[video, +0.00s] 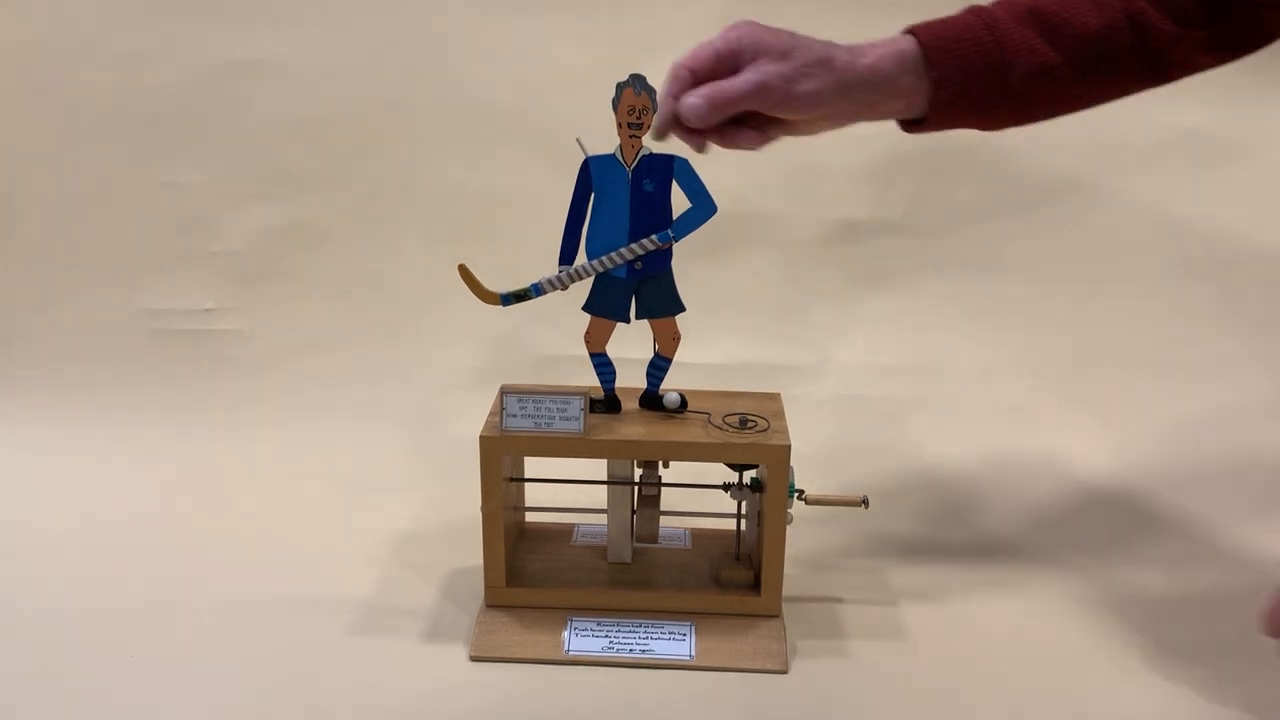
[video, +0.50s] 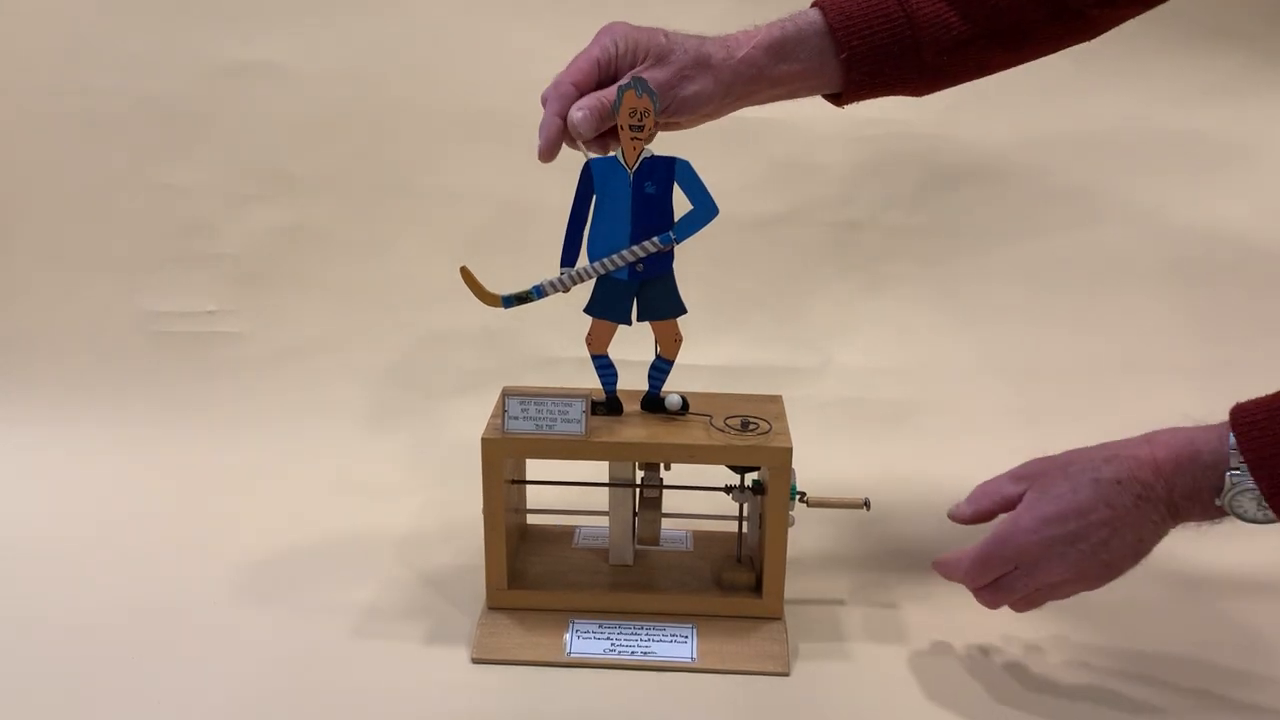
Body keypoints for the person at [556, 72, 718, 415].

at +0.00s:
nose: (636, 116)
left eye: (644, 110)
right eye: (629, 109)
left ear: (653, 117)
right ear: (615, 114)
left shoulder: (670, 165)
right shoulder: (594, 167)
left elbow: (707, 206)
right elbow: (575, 220)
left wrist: (669, 236)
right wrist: (565, 268)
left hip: (654, 271)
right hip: (611, 271)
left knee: (669, 339)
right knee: (594, 339)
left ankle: (651, 395)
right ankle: (609, 396)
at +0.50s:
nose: (636, 121)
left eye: (644, 115)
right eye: (630, 114)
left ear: (655, 124)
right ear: (617, 121)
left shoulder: (671, 167)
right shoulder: (595, 170)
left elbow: (708, 208)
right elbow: (577, 222)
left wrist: (671, 238)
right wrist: (567, 270)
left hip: (656, 274)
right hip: (612, 274)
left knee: (671, 341)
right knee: (596, 341)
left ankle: (652, 397)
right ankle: (611, 398)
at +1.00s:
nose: (643, 124)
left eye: (649, 117)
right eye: (636, 116)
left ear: (658, 125)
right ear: (623, 122)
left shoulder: (676, 168)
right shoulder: (601, 170)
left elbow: (712, 210)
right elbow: (581, 222)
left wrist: (675, 239)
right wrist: (570, 269)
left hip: (660, 274)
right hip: (616, 274)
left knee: (675, 341)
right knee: (598, 342)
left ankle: (656, 398)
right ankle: (612, 400)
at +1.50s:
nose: (646, 132)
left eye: (652, 125)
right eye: (639, 124)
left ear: (662, 127)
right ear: (627, 126)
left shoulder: (681, 169)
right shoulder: (606, 169)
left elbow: (715, 212)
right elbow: (585, 220)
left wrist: (675, 241)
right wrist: (572, 269)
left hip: (666, 270)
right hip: (620, 273)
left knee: (709, 326)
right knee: (600, 342)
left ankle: (715, 386)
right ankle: (613, 400)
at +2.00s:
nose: (648, 121)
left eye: (655, 113)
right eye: (641, 113)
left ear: (664, 119)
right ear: (627, 117)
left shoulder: (680, 167)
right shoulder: (605, 167)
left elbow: (715, 210)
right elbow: (585, 218)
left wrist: (676, 239)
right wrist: (573, 267)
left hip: (667, 266)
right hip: (621, 269)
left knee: (716, 317)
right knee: (600, 341)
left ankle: (729, 378)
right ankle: (614, 398)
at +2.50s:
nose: (649, 122)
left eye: (656, 114)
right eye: (642, 114)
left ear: (665, 119)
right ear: (628, 119)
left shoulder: (681, 167)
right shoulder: (605, 167)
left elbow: (716, 209)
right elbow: (585, 218)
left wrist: (677, 238)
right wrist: (573, 267)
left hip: (667, 264)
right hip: (621, 268)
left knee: (720, 313)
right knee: (601, 340)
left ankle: (736, 371)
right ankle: (615, 398)